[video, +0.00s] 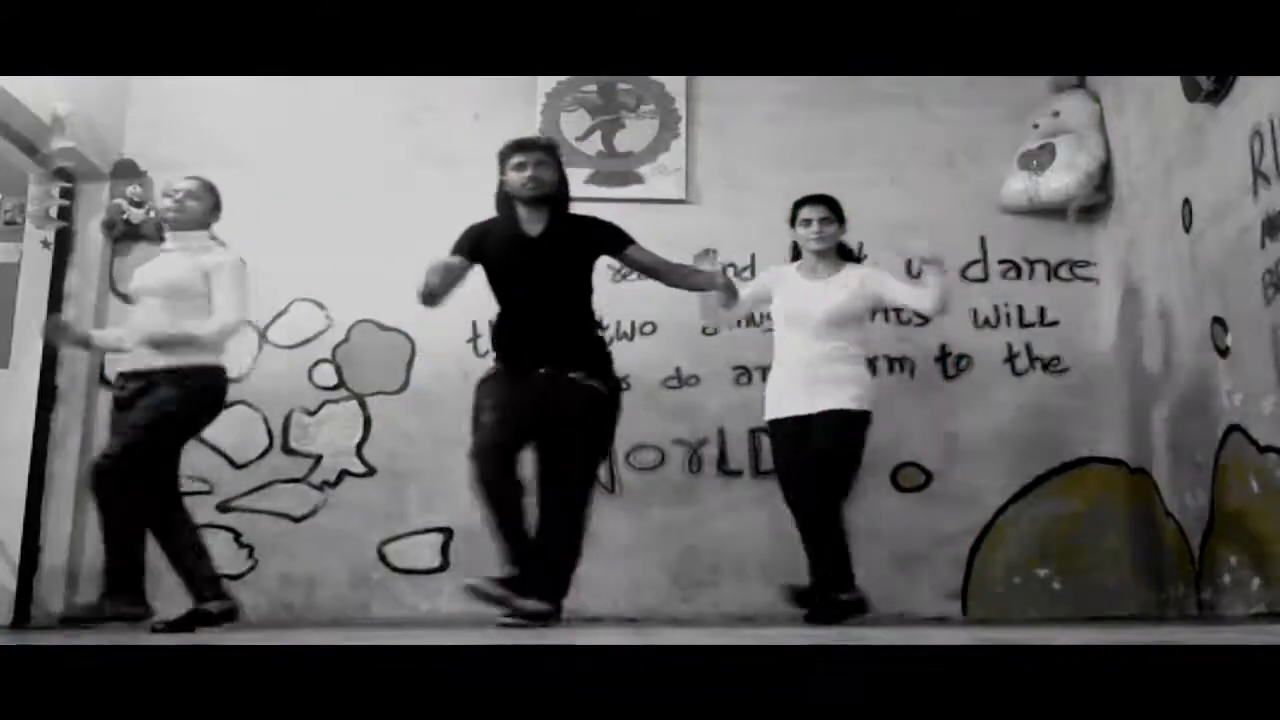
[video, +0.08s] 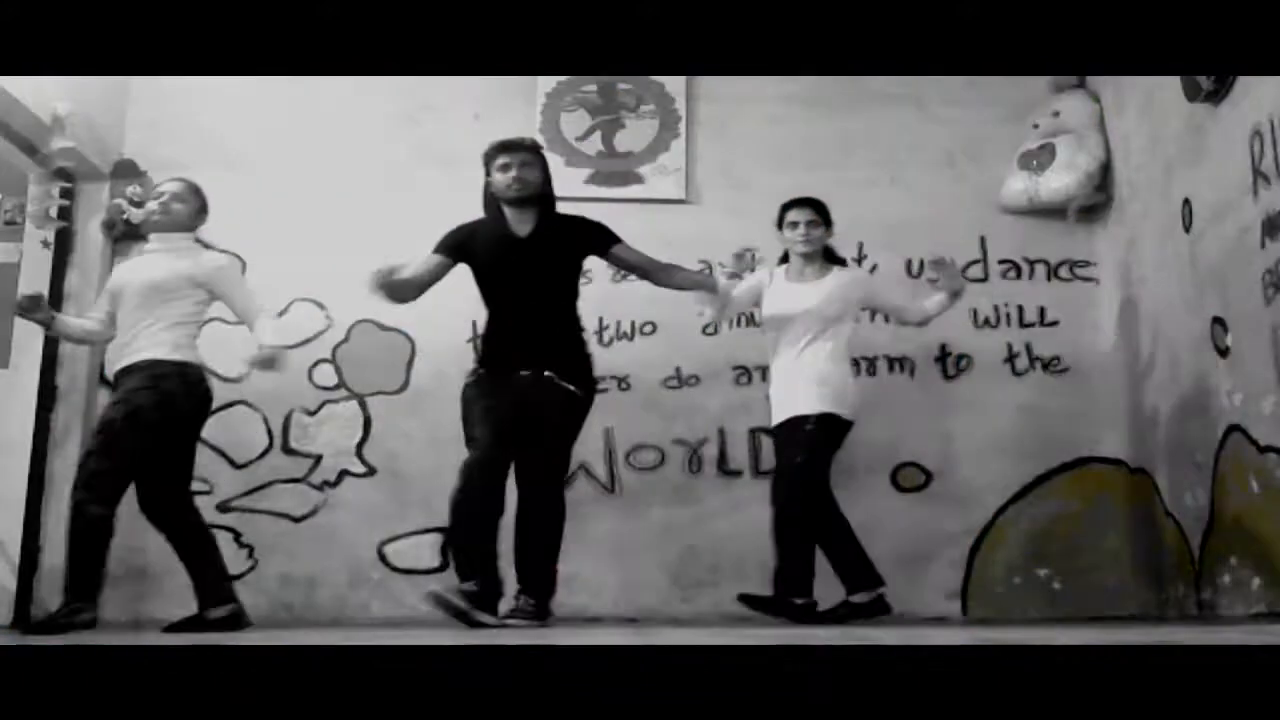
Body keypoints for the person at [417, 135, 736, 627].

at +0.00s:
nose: (530, 173)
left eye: (541, 166)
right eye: (519, 167)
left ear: (559, 177)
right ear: (502, 182)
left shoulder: (587, 231)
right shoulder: (485, 236)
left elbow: (660, 269)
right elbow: (436, 292)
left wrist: (714, 280)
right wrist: (434, 282)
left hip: (581, 374)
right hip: (515, 376)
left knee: (565, 488)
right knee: (489, 455)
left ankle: (545, 597)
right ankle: (523, 569)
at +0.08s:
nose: (516, 174)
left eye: (527, 166)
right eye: (505, 168)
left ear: (546, 178)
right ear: (490, 183)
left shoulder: (575, 231)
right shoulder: (473, 237)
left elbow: (652, 269)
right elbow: (415, 283)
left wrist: (712, 283)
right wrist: (389, 284)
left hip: (561, 373)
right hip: (498, 374)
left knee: (542, 480)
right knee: (485, 462)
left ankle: (533, 595)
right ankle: (478, 587)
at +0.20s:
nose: (504, 170)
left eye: (516, 162)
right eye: (493, 165)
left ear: (537, 175)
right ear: (479, 180)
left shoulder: (565, 229)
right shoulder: (460, 235)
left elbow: (620, 269)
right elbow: (409, 294)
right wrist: (348, 330)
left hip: (547, 382)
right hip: (484, 382)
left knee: (566, 472)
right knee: (517, 467)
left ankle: (485, 577)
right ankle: (499, 588)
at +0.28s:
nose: (490, 176)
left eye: (501, 169)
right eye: (479, 170)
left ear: (523, 181)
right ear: (466, 185)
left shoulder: (547, 227)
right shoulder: (454, 240)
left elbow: (548, 253)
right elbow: (433, 300)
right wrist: (384, 343)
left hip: (523, 374)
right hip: (471, 374)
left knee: (537, 487)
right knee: (511, 485)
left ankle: (457, 593)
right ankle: (500, 589)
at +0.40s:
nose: (470, 172)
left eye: (481, 165)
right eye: (460, 165)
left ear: (501, 177)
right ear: (448, 179)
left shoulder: (522, 220)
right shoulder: (441, 238)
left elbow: (544, 250)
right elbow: (441, 305)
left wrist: (476, 243)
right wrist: (393, 344)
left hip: (518, 371)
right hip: (457, 371)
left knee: (527, 475)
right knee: (472, 469)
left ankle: (466, 582)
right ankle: (478, 583)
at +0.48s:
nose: (479, 199)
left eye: (489, 194)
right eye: (471, 194)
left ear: (506, 206)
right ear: (460, 206)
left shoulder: (518, 244)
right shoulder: (458, 260)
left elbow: (570, 277)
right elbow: (456, 312)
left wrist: (558, 286)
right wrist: (411, 342)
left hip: (528, 371)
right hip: (476, 371)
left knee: (524, 463)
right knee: (450, 444)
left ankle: (535, 557)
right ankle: (456, 543)